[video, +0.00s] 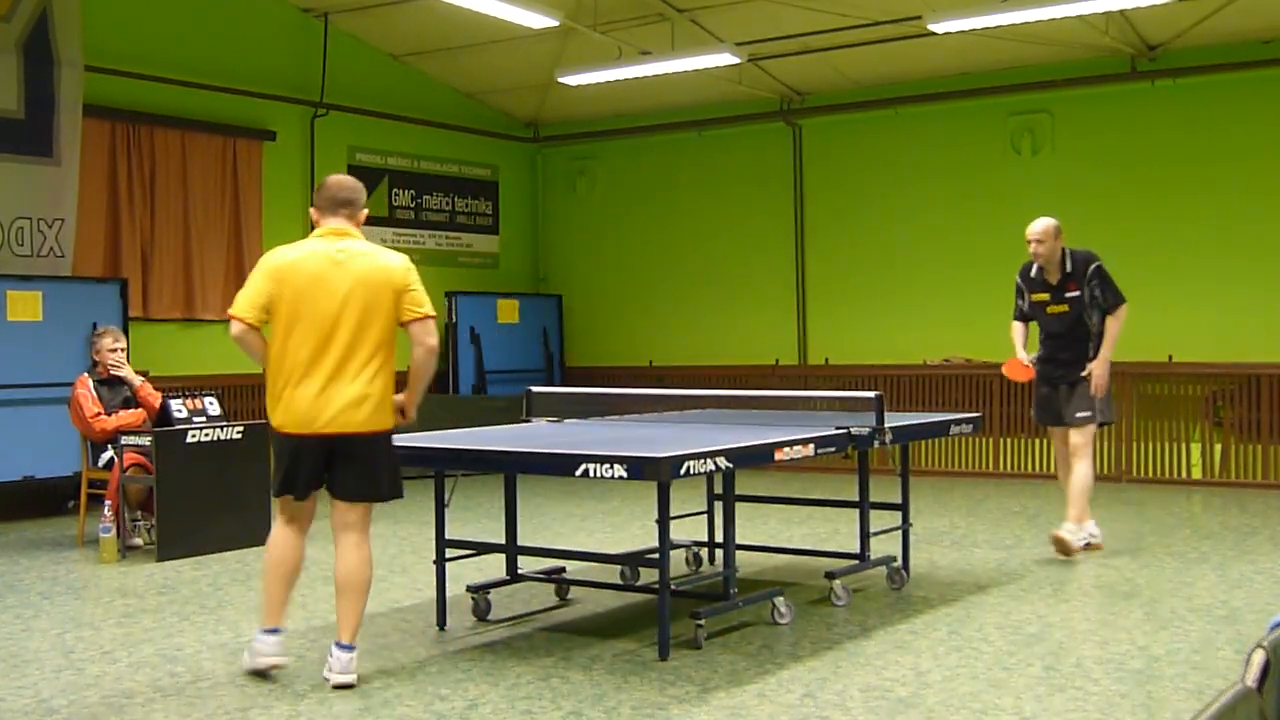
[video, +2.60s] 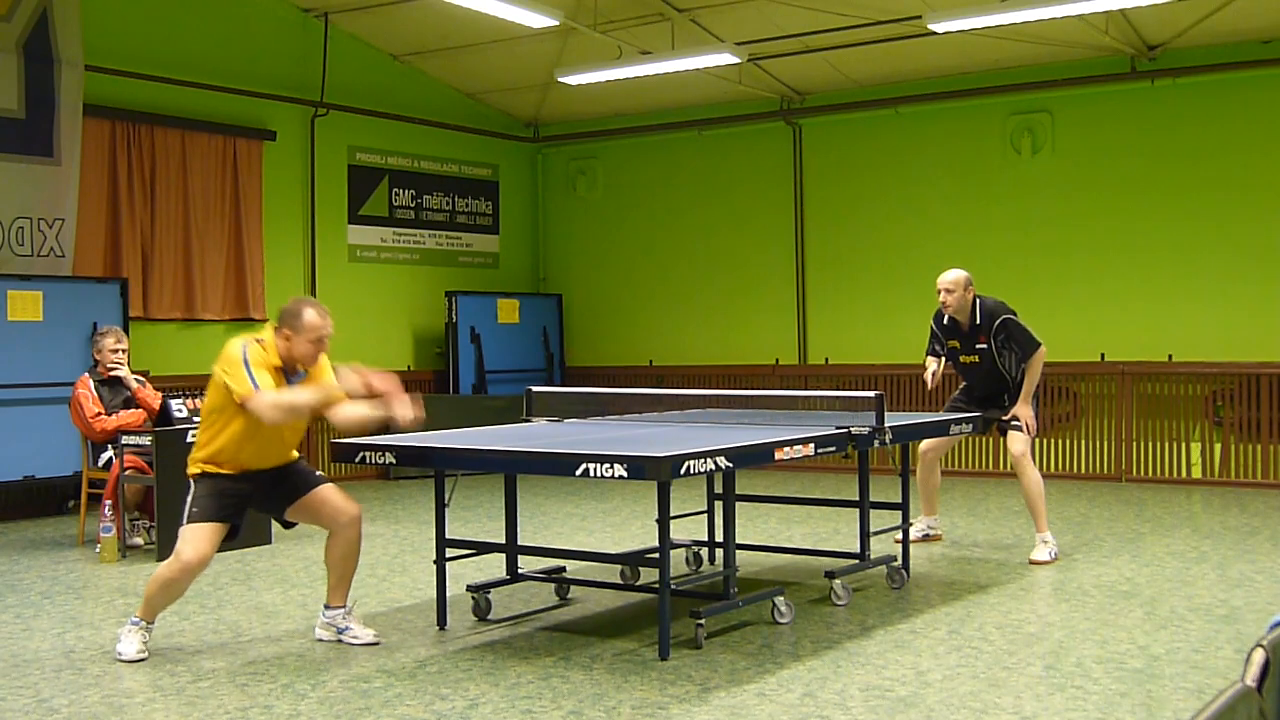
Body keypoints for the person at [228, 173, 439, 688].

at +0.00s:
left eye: (317, 213)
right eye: (363, 213)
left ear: (313, 215)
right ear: (364, 216)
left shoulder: (280, 261)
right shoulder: (393, 265)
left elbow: (241, 328)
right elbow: (427, 341)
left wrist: (277, 364)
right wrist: (412, 398)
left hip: (296, 420)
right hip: (364, 422)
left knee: (289, 521)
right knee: (353, 530)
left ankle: (269, 639)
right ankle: (344, 655)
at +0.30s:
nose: (344, 253)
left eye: (344, 248)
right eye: (345, 248)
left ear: (296, 237)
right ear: (337, 245)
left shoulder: (256, 270)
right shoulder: (334, 278)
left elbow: (256, 334)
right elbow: (350, 348)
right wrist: (376, 395)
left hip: (255, 427)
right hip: (305, 432)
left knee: (277, 524)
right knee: (328, 532)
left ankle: (243, 631)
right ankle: (316, 646)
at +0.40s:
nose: (343, 248)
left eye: (343, 240)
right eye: (345, 240)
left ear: (302, 226)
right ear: (336, 235)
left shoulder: (259, 262)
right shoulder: (314, 271)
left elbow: (268, 316)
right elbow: (306, 342)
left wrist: (328, 306)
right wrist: (349, 392)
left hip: (246, 416)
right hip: (286, 420)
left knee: (274, 517)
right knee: (315, 520)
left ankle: (242, 627)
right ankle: (265, 633)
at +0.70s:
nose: (347, 262)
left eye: (349, 253)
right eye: (346, 251)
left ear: (319, 245)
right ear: (324, 245)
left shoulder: (297, 289)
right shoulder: (277, 284)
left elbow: (299, 357)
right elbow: (258, 363)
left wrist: (345, 376)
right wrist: (319, 406)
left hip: (288, 426)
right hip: (257, 430)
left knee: (327, 508)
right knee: (279, 530)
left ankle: (273, 602)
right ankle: (222, 635)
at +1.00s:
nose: (387, 301)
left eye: (390, 292)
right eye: (385, 292)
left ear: (361, 285)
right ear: (358, 284)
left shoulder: (356, 328)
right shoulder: (293, 310)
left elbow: (360, 389)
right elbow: (269, 386)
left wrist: (398, 421)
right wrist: (336, 411)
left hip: (303, 426)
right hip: (248, 423)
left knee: (340, 514)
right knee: (258, 524)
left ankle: (333, 618)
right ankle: (220, 633)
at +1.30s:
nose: (390, 340)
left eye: (393, 332)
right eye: (387, 331)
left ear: (369, 323)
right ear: (357, 318)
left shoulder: (364, 356)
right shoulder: (299, 336)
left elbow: (370, 416)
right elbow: (284, 413)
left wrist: (416, 423)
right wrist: (354, 425)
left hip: (301, 438)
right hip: (243, 434)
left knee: (345, 515)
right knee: (214, 532)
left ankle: (334, 617)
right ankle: (143, 615)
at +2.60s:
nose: (323, 349)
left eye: (325, 342)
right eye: (317, 342)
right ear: (285, 336)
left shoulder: (315, 360)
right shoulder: (240, 353)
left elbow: (341, 415)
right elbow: (267, 409)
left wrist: (386, 407)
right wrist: (332, 389)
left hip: (278, 468)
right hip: (218, 472)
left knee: (347, 517)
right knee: (190, 559)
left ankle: (334, 616)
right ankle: (140, 624)